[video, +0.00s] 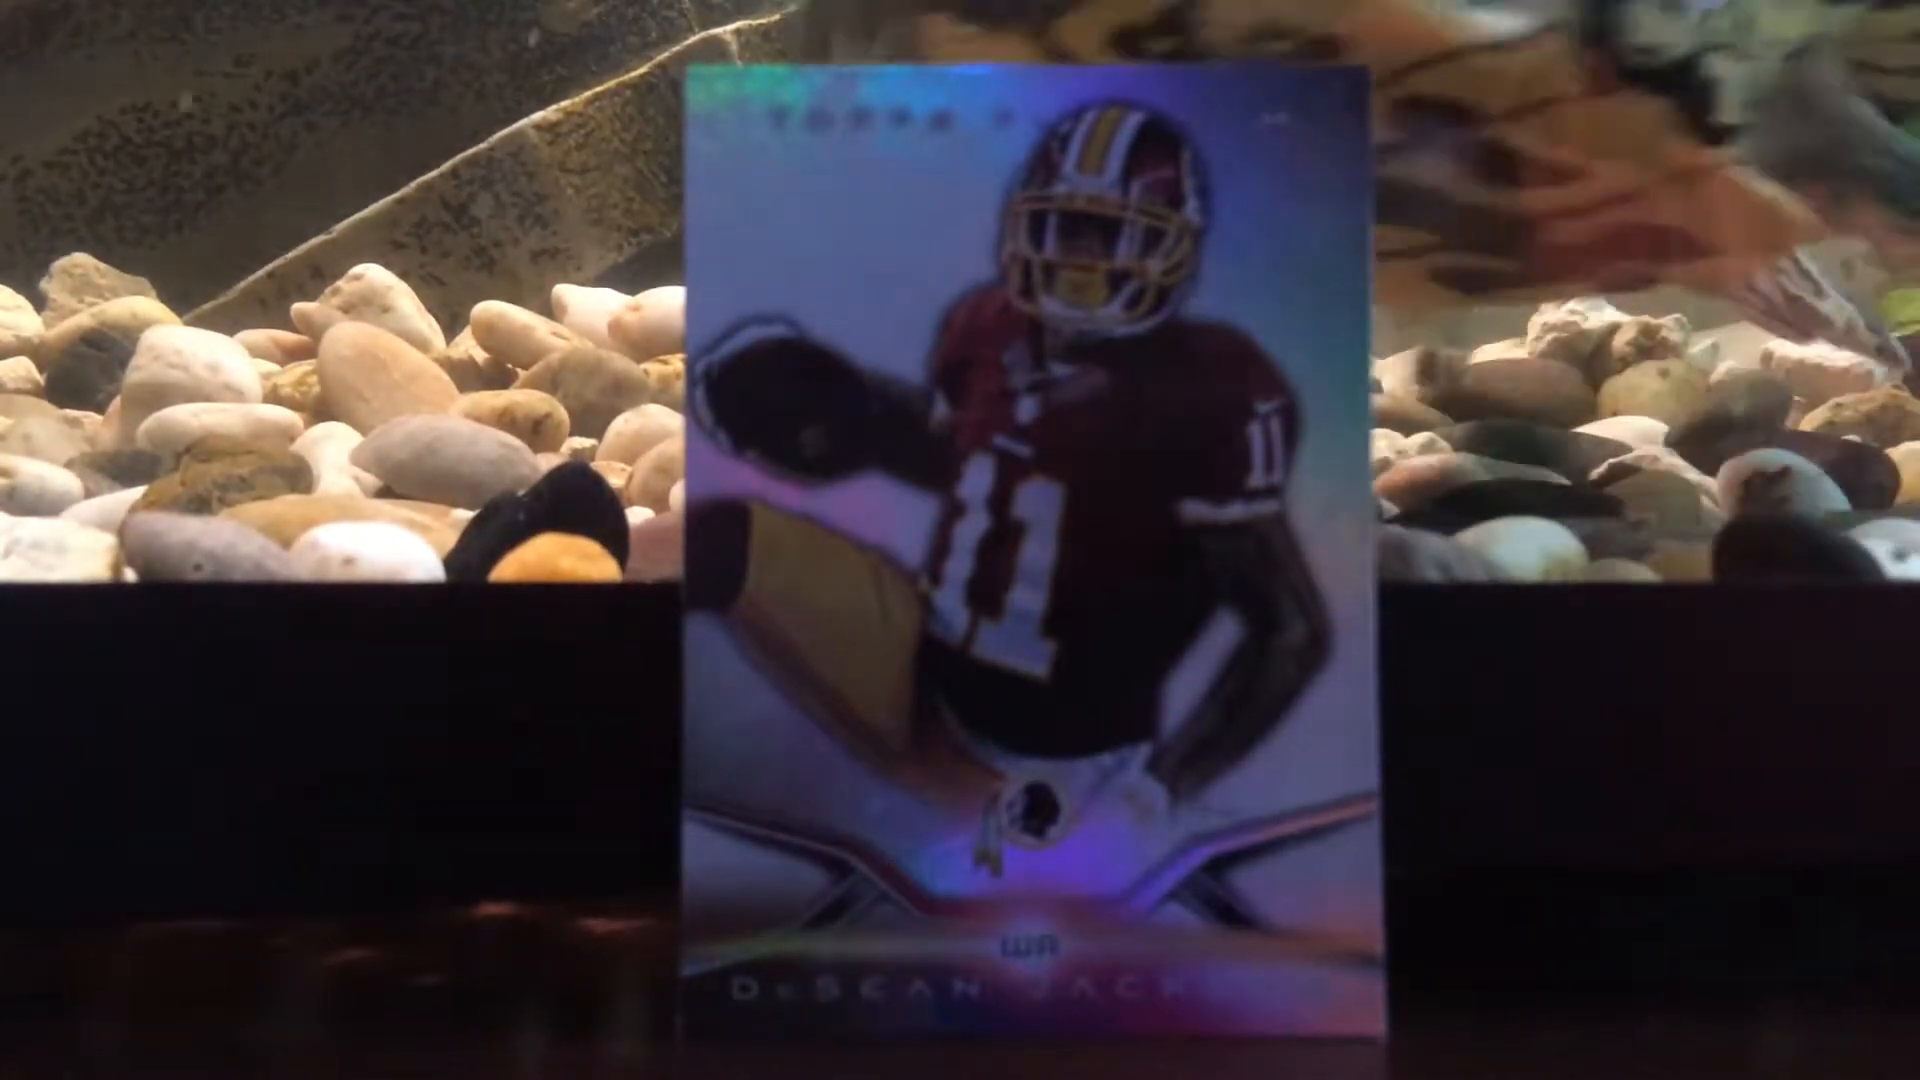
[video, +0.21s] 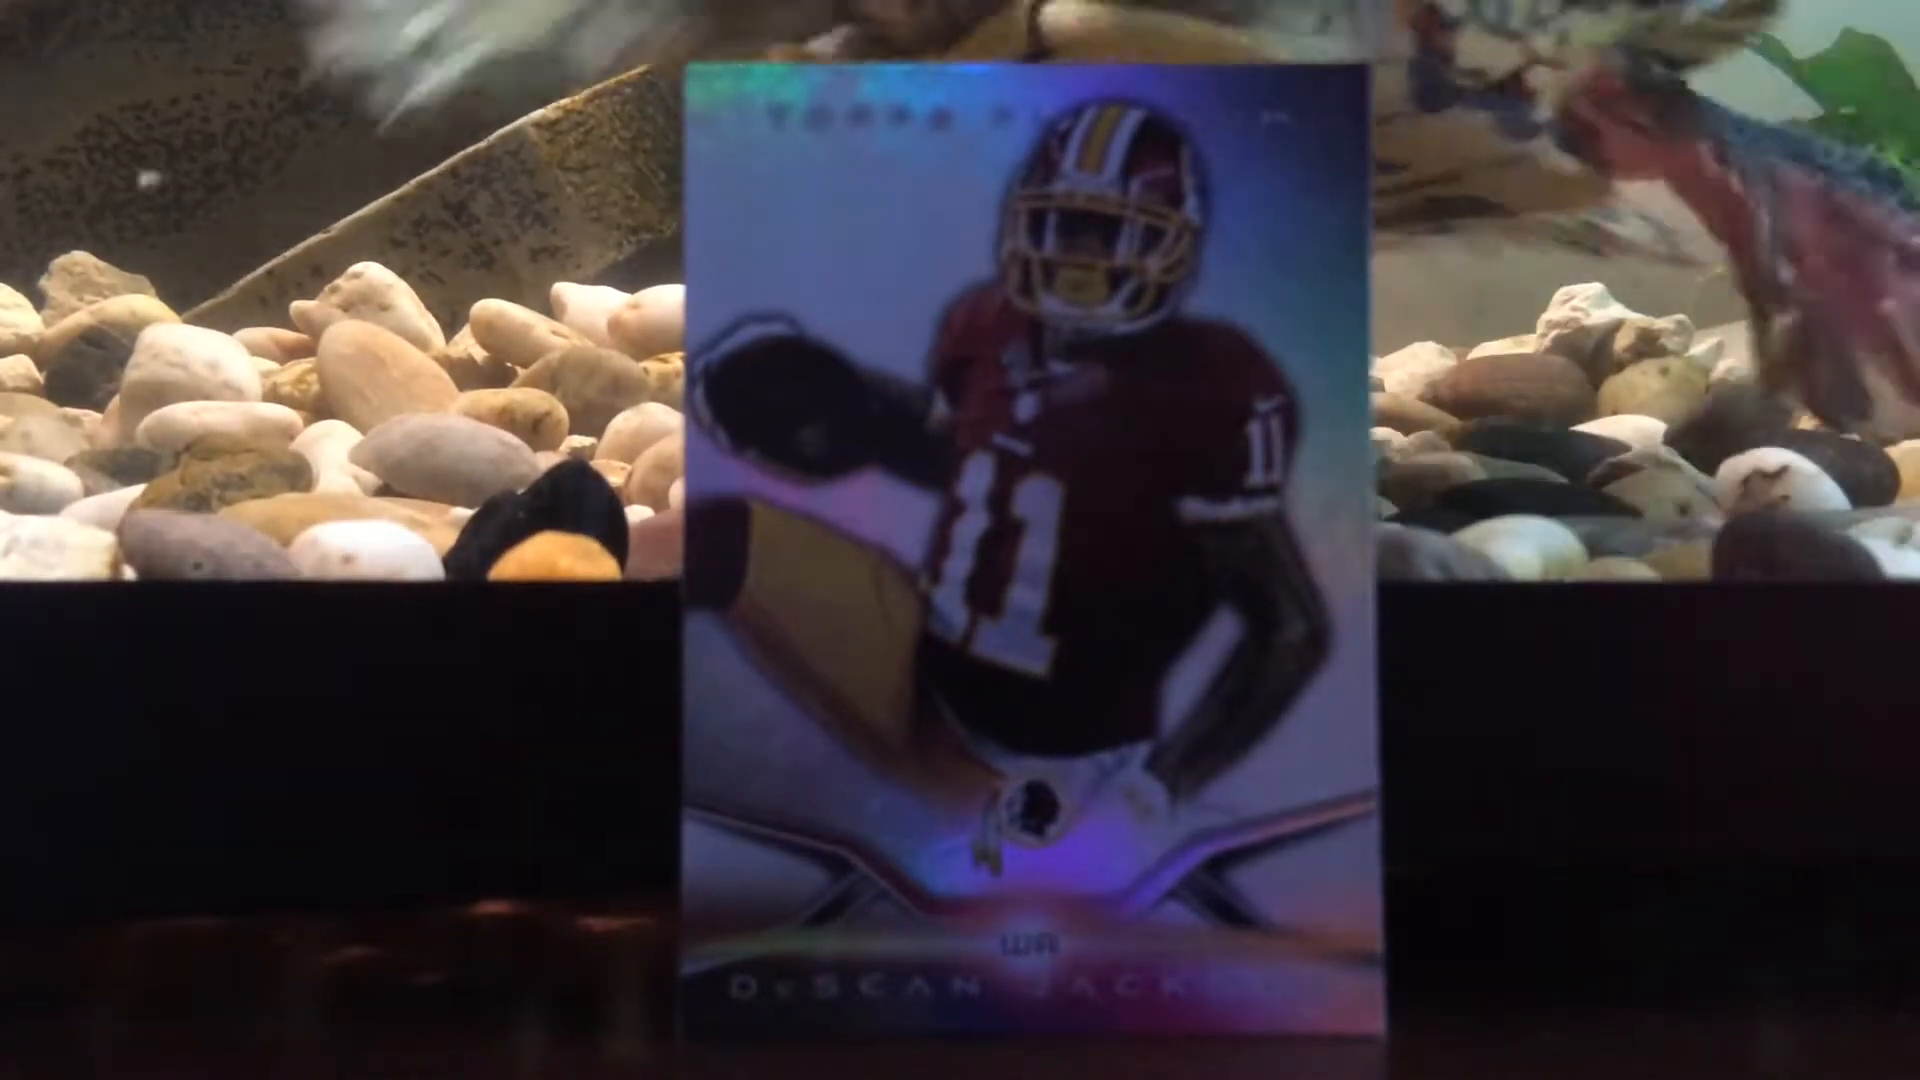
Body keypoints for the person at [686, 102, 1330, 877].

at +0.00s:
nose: (1084, 261)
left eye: (1118, 236)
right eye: (1065, 229)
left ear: (1177, 249)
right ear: (1024, 230)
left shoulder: (1216, 390)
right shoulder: (981, 329)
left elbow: (1292, 633)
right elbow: (964, 466)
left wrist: (1158, 790)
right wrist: (858, 415)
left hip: (1079, 759)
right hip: (929, 682)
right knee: (717, 539)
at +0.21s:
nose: (1081, 260)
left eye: (1116, 235)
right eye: (1062, 227)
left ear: (1177, 249)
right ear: (1021, 229)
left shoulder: (1216, 389)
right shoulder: (981, 328)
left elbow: (1292, 631)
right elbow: (961, 461)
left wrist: (1156, 790)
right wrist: (854, 413)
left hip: (1076, 761)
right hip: (926, 682)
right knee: (715, 537)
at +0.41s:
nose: (1082, 260)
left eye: (1117, 235)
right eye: (1062, 227)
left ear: (1175, 249)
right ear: (1022, 228)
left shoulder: (1215, 387)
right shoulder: (980, 328)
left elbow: (1291, 630)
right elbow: (960, 457)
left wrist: (1154, 790)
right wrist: (852, 412)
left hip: (1073, 761)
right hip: (925, 680)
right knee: (722, 537)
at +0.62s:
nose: (1081, 256)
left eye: (1115, 231)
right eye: (1061, 224)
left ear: (1174, 247)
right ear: (1022, 227)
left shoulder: (1215, 388)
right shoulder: (979, 328)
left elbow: (1291, 629)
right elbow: (955, 455)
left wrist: (1155, 789)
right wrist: (855, 412)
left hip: (1075, 763)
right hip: (927, 680)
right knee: (725, 537)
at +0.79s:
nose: (1078, 257)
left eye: (1113, 233)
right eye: (1060, 224)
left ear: (1173, 249)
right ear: (1021, 227)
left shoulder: (1215, 387)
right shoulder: (981, 327)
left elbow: (1291, 629)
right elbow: (959, 455)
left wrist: (1159, 786)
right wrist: (853, 412)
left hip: (1071, 764)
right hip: (926, 679)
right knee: (722, 536)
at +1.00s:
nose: (1079, 256)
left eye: (1113, 232)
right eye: (1060, 224)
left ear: (1174, 246)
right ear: (1022, 227)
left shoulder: (1214, 387)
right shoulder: (981, 326)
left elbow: (1290, 629)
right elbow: (957, 459)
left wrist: (1160, 783)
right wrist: (856, 415)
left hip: (1073, 758)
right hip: (926, 676)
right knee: (721, 537)